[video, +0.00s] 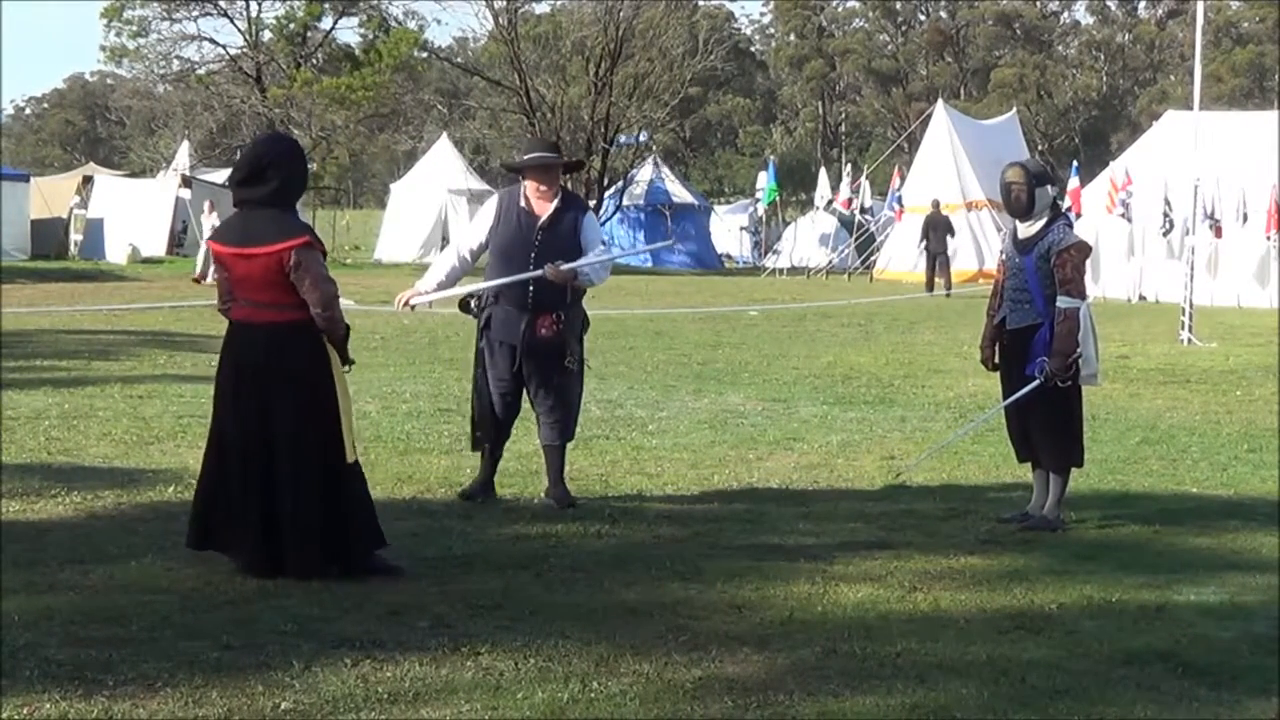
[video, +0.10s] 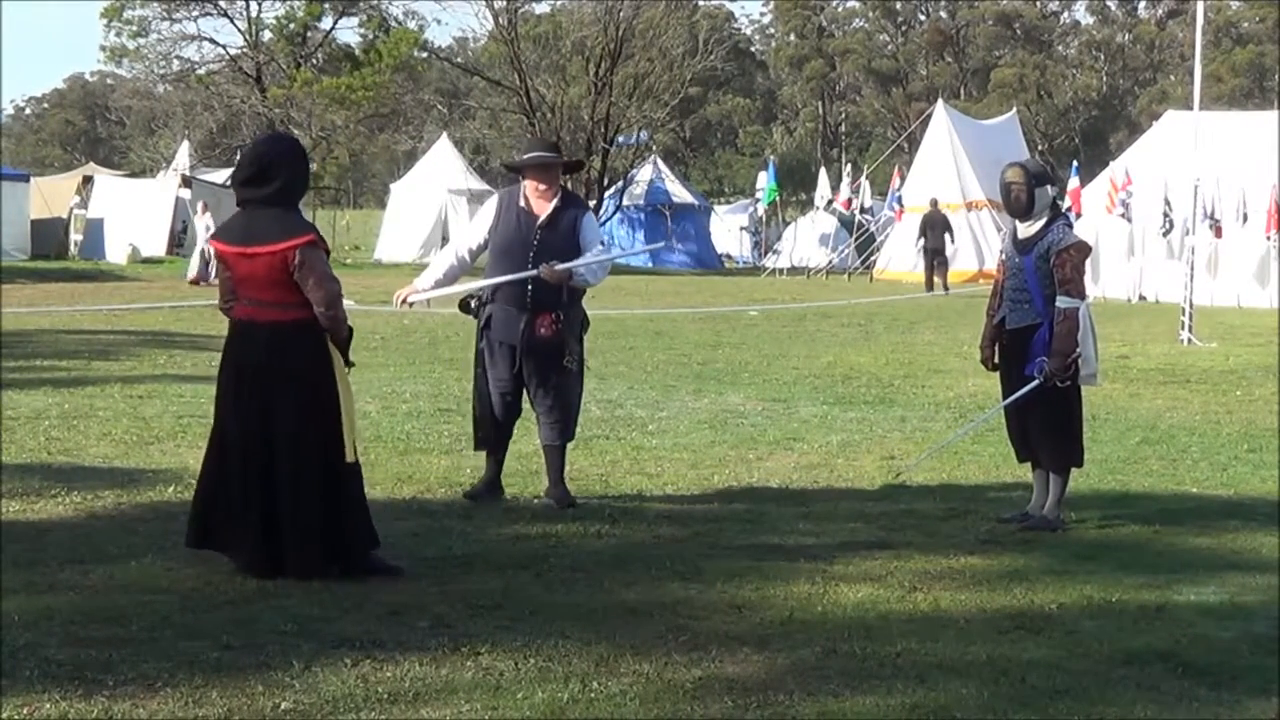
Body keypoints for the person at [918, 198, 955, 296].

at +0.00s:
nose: (933, 208)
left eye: (933, 206)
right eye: (936, 205)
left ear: (931, 206)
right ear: (939, 206)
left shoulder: (928, 217)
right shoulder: (945, 218)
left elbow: (924, 232)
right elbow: (952, 232)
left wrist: (921, 241)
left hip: (931, 247)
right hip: (942, 248)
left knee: (930, 269)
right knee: (945, 269)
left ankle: (929, 288)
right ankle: (947, 288)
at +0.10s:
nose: (933, 206)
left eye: (931, 204)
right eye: (934, 204)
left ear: (930, 205)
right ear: (937, 204)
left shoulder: (926, 216)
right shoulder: (942, 216)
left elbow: (922, 230)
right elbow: (949, 228)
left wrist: (917, 240)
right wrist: (952, 238)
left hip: (929, 245)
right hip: (940, 245)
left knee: (929, 267)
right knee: (943, 265)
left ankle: (929, 287)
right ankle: (945, 284)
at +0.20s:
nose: (932, 204)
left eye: (931, 202)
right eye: (934, 202)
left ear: (928, 203)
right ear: (936, 202)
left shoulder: (924, 214)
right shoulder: (940, 213)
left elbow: (917, 226)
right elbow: (947, 227)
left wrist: (913, 236)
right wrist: (953, 240)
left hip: (928, 244)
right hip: (938, 244)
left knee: (928, 266)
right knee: (939, 265)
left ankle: (929, 287)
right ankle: (939, 286)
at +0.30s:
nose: (932, 204)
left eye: (931, 202)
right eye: (933, 202)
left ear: (928, 202)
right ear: (935, 202)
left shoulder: (923, 213)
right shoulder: (940, 213)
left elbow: (916, 225)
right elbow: (946, 227)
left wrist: (912, 234)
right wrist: (952, 240)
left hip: (927, 243)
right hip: (937, 243)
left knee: (928, 265)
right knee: (938, 265)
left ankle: (929, 286)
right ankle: (936, 285)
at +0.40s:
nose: (931, 206)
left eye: (930, 204)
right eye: (932, 204)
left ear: (927, 204)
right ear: (935, 204)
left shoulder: (922, 215)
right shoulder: (939, 216)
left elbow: (914, 226)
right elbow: (945, 229)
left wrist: (909, 235)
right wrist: (951, 239)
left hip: (925, 244)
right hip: (935, 244)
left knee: (927, 265)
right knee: (935, 266)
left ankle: (929, 287)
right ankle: (932, 286)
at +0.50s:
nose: (930, 206)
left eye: (929, 204)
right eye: (932, 204)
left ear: (927, 205)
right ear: (934, 205)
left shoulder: (922, 216)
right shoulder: (938, 216)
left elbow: (914, 227)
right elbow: (945, 229)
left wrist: (910, 236)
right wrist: (950, 240)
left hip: (925, 245)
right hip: (935, 245)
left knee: (926, 265)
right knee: (934, 265)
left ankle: (927, 286)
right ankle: (932, 284)